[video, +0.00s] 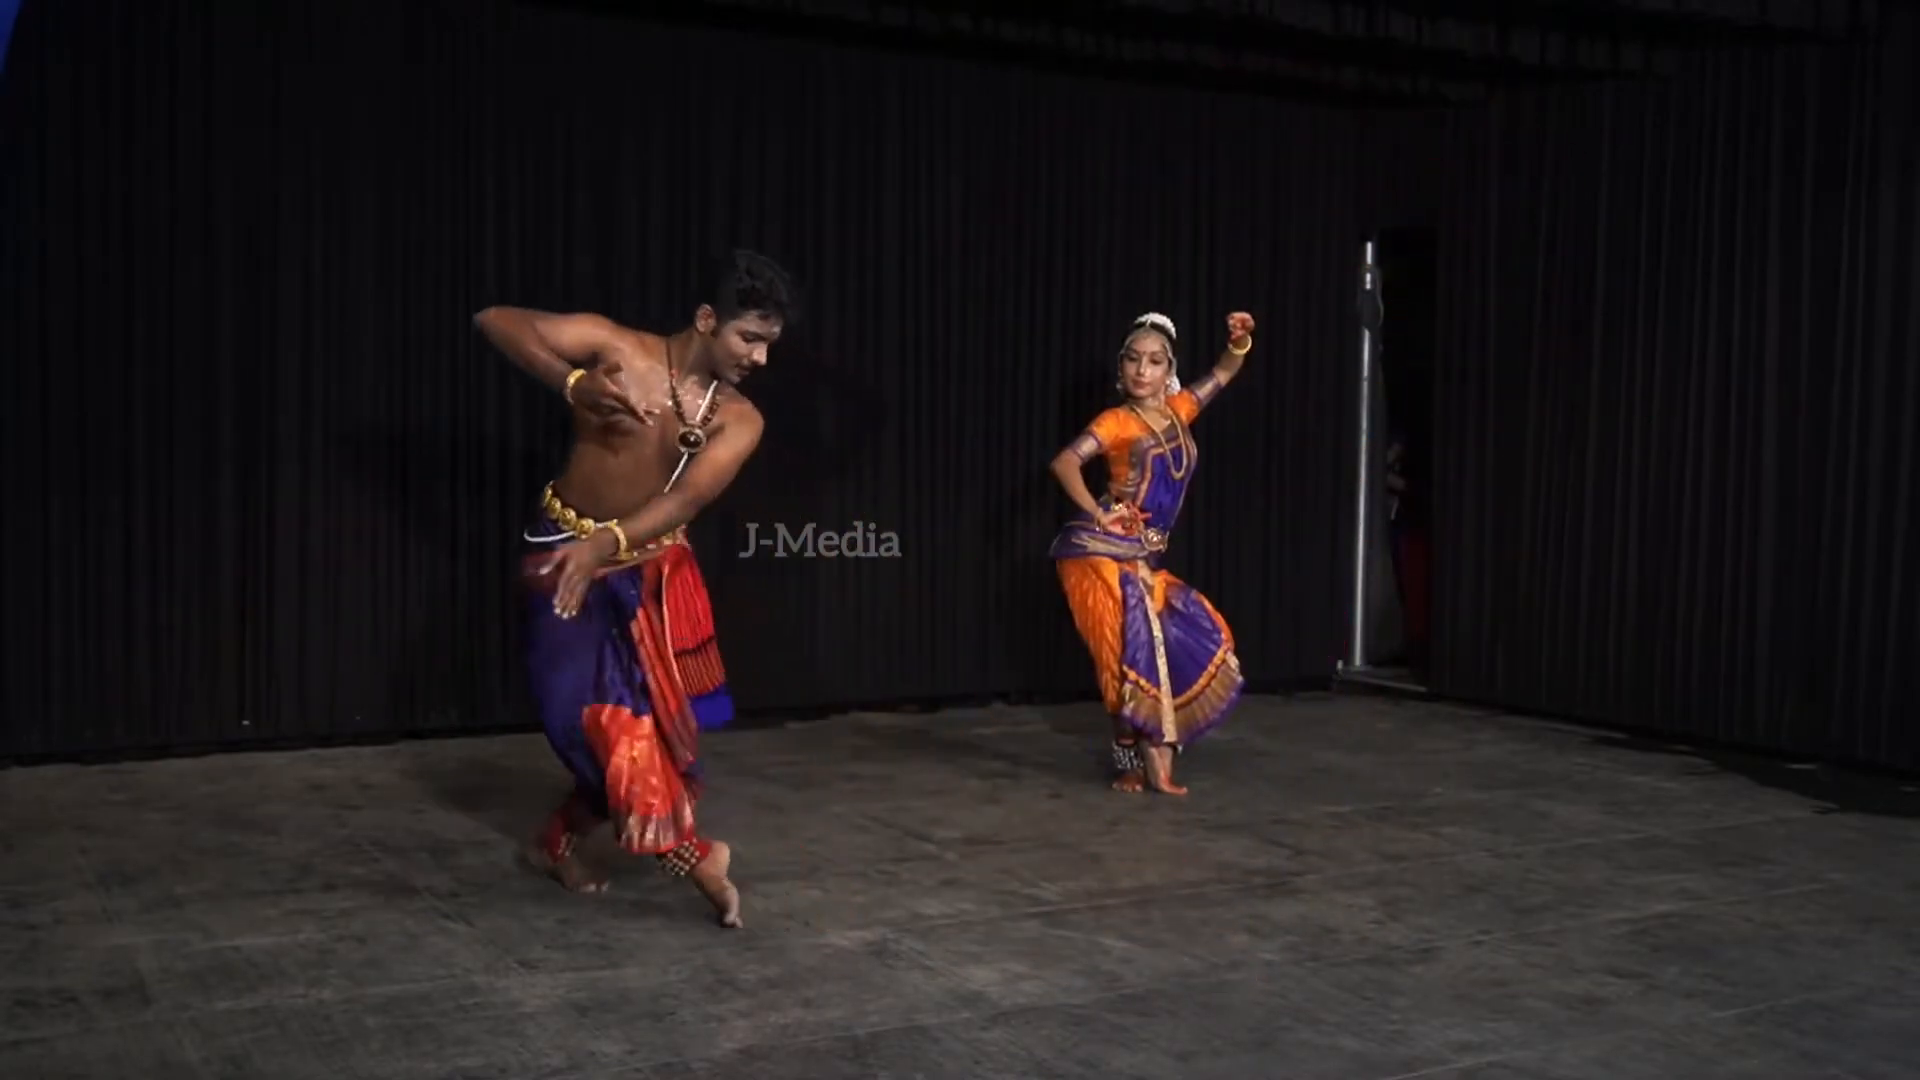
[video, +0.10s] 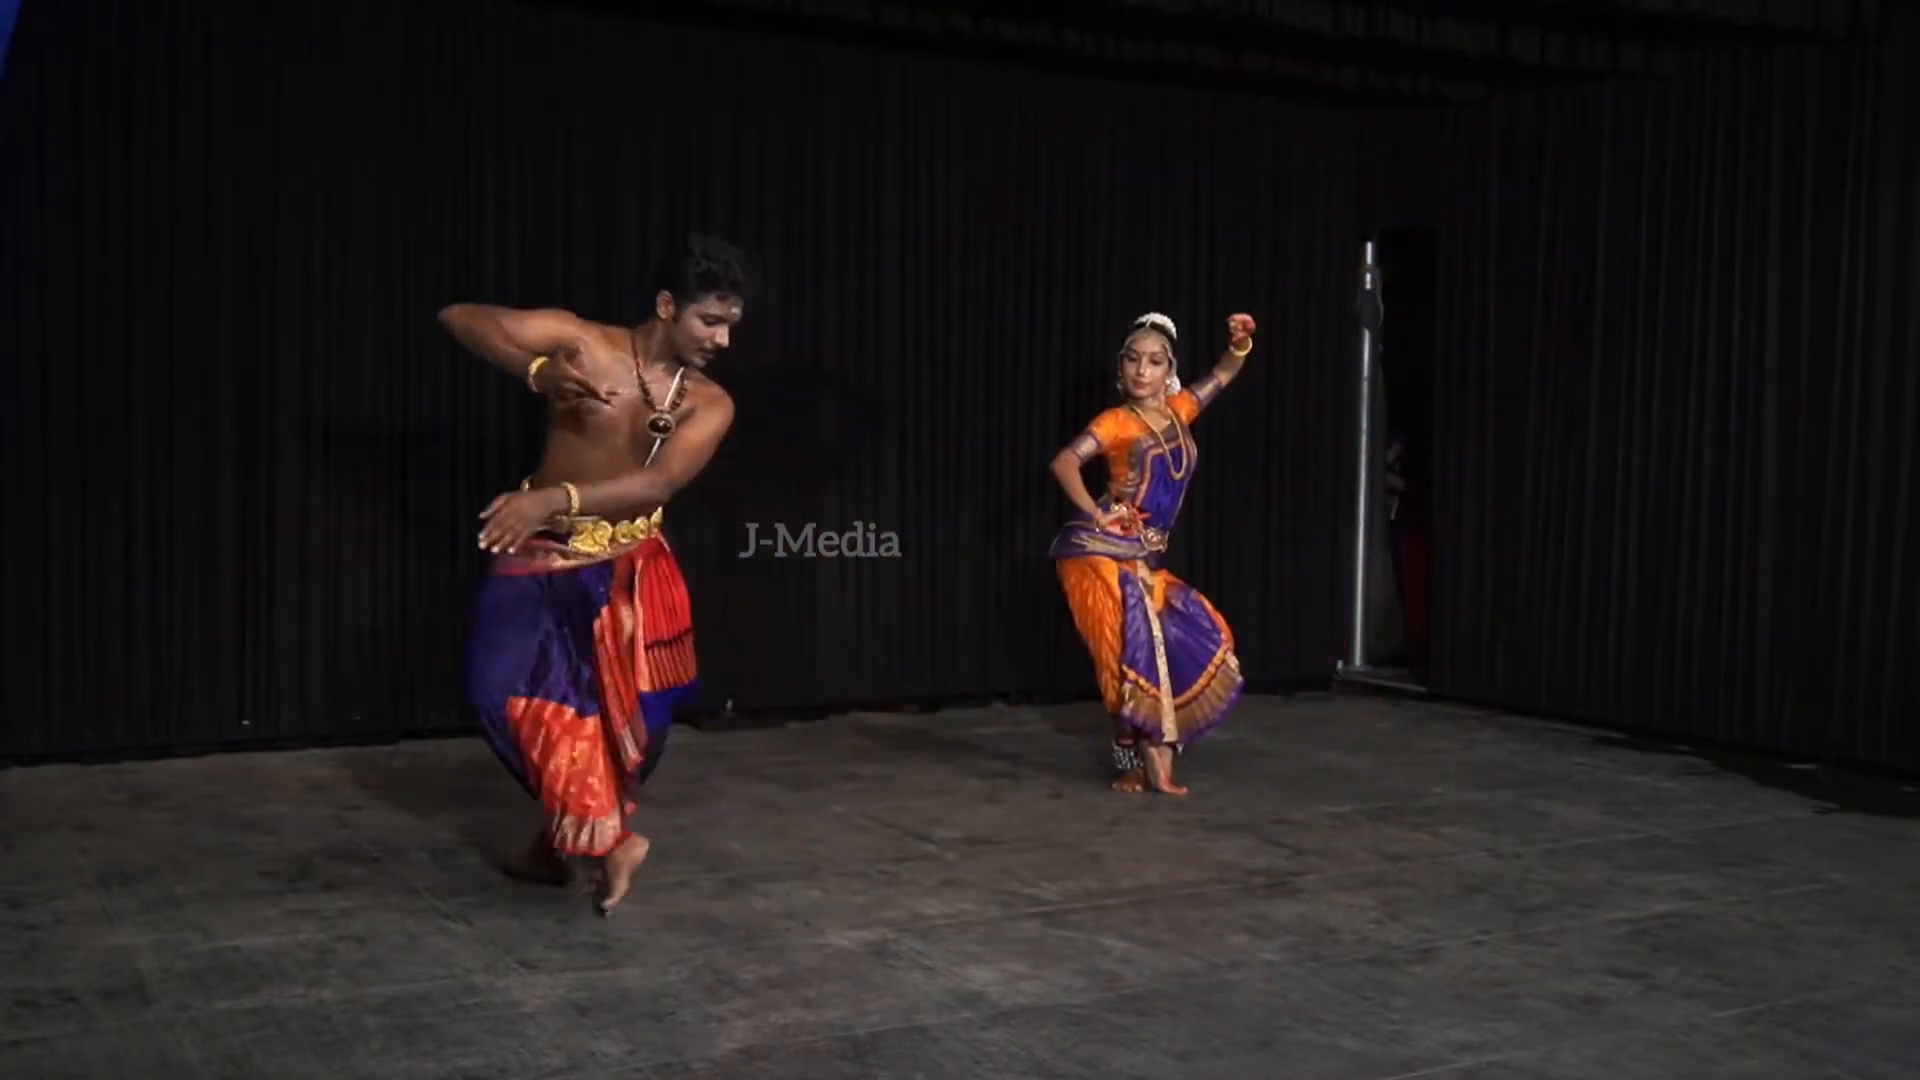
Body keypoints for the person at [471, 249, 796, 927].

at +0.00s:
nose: (759, 356)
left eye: (769, 344)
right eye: (750, 338)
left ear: (773, 346)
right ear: (705, 320)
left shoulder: (740, 420)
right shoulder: (618, 348)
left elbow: (686, 497)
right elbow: (497, 322)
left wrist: (603, 545)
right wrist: (570, 382)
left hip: (654, 565)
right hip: (569, 554)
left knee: (655, 715)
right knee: (574, 710)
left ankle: (564, 833)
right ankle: (695, 855)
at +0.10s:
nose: (721, 339)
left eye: (730, 326)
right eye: (711, 321)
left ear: (734, 328)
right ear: (665, 306)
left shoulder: (710, 405)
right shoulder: (584, 342)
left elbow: (659, 482)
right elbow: (459, 317)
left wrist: (554, 501)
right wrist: (533, 368)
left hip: (628, 570)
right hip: (539, 558)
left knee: (618, 713)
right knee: (501, 686)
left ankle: (553, 841)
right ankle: (613, 839)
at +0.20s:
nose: (688, 323)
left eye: (697, 309)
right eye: (677, 305)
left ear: (702, 310)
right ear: (632, 292)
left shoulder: (682, 391)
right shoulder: (551, 333)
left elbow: (634, 466)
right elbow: (426, 313)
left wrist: (525, 464)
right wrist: (499, 359)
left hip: (609, 558)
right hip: (518, 548)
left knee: (616, 703)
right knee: (455, 670)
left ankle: (563, 845)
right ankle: (520, 828)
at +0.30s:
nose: (657, 307)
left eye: (665, 293)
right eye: (646, 289)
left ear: (669, 295)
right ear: (600, 278)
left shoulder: (653, 375)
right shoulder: (521, 325)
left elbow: (611, 448)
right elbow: (394, 304)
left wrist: (495, 441)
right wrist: (465, 352)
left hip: (589, 549)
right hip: (497, 540)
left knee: (614, 706)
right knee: (425, 665)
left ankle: (559, 843)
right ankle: (475, 809)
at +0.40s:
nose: (624, 294)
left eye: (633, 281)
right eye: (612, 277)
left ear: (637, 283)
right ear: (566, 268)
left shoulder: (625, 364)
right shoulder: (490, 318)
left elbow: (583, 435)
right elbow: (363, 298)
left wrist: (466, 430)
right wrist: (430, 345)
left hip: (564, 539)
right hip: (470, 534)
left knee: (602, 690)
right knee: (422, 675)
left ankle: (558, 842)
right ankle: (452, 837)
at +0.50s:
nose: (596, 288)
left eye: (602, 274)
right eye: (582, 271)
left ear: (603, 278)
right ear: (535, 267)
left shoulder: (597, 360)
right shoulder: (461, 320)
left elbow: (558, 430)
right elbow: (332, 300)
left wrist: (442, 428)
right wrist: (399, 341)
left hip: (529, 543)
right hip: (435, 537)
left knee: (606, 643)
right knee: (411, 686)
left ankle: (559, 806)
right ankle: (450, 839)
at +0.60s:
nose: (572, 285)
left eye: (577, 272)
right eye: (558, 269)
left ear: (577, 276)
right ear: (512, 268)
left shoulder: (574, 358)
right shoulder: (437, 321)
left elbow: (538, 427)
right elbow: (310, 304)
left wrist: (419, 425)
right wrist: (372, 339)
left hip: (511, 521)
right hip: (420, 522)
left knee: (614, 566)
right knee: (403, 674)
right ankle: (449, 839)